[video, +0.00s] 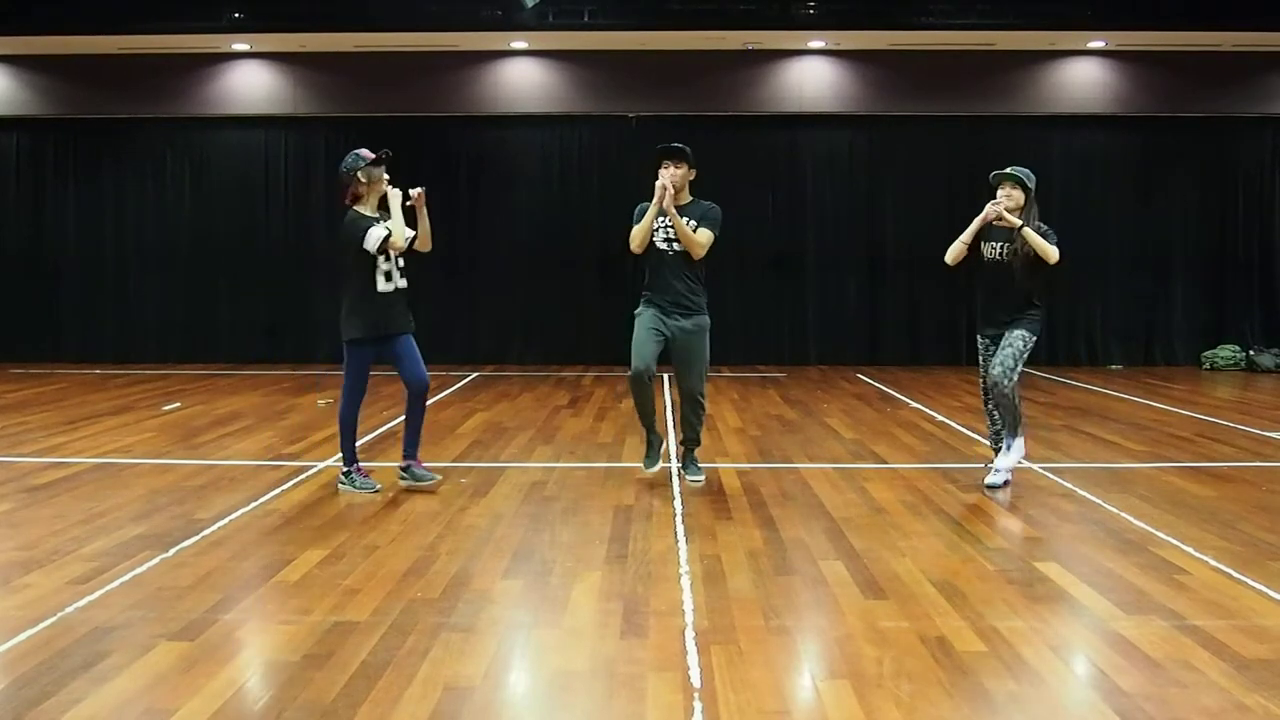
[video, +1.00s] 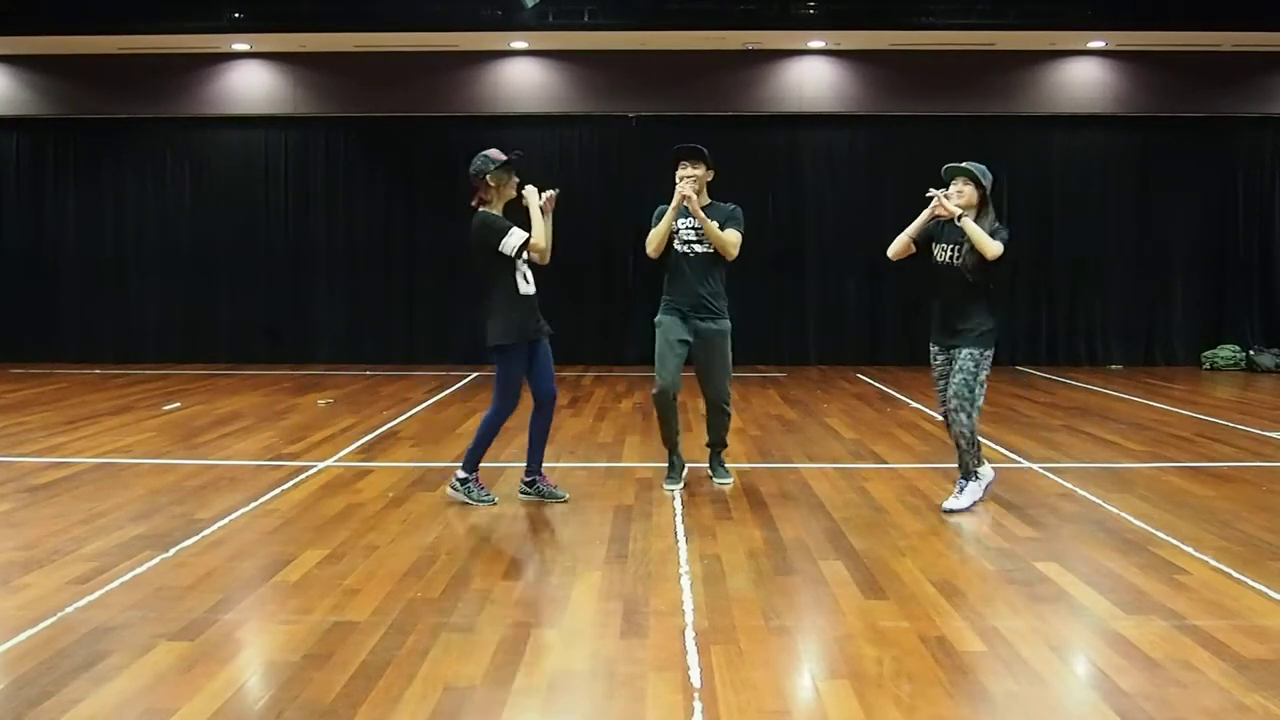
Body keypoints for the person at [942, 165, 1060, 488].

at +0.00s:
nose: (1004, 193)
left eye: (1013, 189)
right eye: (1001, 188)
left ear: (1027, 196)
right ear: (995, 194)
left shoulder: (1037, 230)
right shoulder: (983, 229)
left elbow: (1052, 256)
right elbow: (951, 258)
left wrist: (1019, 225)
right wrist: (979, 222)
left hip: (1024, 319)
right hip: (988, 320)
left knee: (999, 379)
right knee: (990, 390)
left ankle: (1013, 440)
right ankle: (1001, 459)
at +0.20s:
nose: (997, 203)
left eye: (1006, 199)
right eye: (995, 198)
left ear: (1020, 207)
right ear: (989, 205)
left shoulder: (1033, 240)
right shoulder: (980, 237)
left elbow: (1040, 268)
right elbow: (944, 268)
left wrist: (1009, 235)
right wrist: (970, 231)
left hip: (1020, 334)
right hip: (984, 331)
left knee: (1009, 404)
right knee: (970, 389)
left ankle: (1016, 470)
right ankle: (994, 440)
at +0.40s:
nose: (989, 188)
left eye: (997, 184)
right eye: (986, 183)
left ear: (1013, 191)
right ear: (981, 190)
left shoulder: (1025, 224)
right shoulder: (971, 221)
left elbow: (1025, 247)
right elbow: (927, 249)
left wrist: (993, 214)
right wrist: (957, 216)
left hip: (1014, 325)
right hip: (978, 320)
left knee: (1011, 398)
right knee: (965, 374)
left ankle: (1014, 465)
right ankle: (983, 434)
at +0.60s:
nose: (976, 195)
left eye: (985, 191)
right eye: (974, 190)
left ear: (1001, 200)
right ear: (969, 198)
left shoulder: (1015, 237)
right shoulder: (960, 233)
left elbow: (1007, 264)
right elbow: (921, 264)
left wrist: (978, 228)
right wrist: (946, 228)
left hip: (1000, 335)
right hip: (964, 333)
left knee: (985, 404)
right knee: (967, 406)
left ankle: (1004, 450)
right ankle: (979, 474)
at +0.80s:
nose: (969, 189)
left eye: (978, 185)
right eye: (967, 184)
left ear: (993, 195)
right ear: (961, 192)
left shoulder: (1006, 231)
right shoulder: (949, 228)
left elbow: (1009, 256)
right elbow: (908, 255)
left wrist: (976, 220)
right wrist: (939, 217)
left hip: (990, 322)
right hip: (954, 324)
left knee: (953, 367)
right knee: (960, 401)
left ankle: (982, 425)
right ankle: (981, 475)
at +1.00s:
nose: (955, 190)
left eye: (964, 185)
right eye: (953, 185)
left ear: (981, 194)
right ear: (947, 192)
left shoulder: (994, 229)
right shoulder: (938, 226)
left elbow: (992, 252)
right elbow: (895, 253)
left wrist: (959, 217)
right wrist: (926, 215)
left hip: (976, 333)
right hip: (941, 332)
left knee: (959, 404)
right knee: (948, 409)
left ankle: (968, 479)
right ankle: (979, 467)